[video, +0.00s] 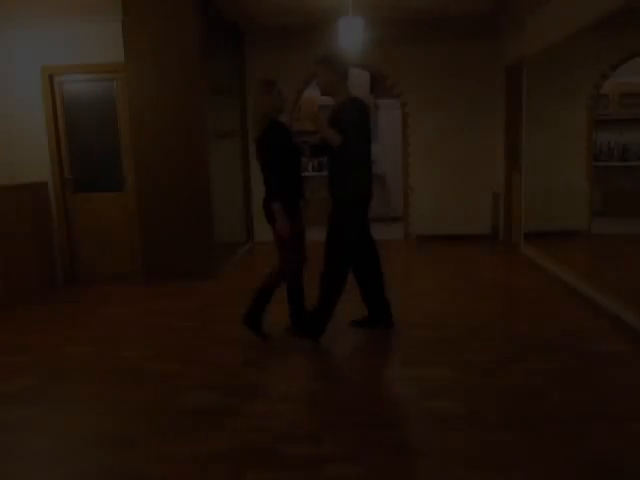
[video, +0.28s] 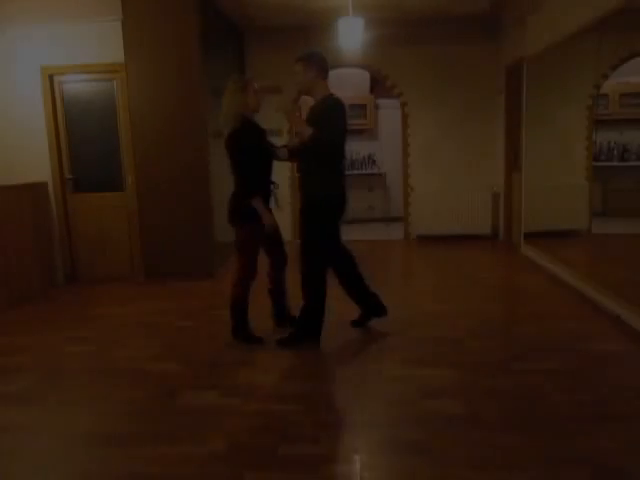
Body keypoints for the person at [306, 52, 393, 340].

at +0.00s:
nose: (319, 84)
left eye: (322, 77)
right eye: (319, 78)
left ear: (334, 76)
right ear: (337, 77)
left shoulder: (352, 108)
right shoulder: (339, 109)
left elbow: (353, 152)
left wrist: (328, 132)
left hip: (351, 193)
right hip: (346, 192)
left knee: (337, 254)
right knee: (362, 251)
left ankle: (318, 320)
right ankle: (379, 311)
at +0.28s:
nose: (299, 79)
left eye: (302, 73)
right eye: (299, 74)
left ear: (316, 74)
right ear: (316, 74)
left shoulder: (328, 108)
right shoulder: (322, 107)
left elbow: (315, 150)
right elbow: (312, 150)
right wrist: (283, 151)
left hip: (322, 196)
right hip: (321, 194)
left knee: (314, 261)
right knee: (333, 252)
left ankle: (309, 329)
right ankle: (370, 304)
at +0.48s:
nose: (285, 77)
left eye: (288, 71)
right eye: (286, 72)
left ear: (301, 72)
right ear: (305, 72)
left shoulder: (316, 108)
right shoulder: (308, 107)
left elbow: (304, 151)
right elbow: (297, 149)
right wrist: (264, 151)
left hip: (309, 195)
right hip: (304, 193)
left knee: (303, 259)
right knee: (306, 256)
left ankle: (306, 330)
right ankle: (340, 306)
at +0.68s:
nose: (273, 77)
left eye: (277, 71)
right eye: (273, 72)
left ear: (292, 72)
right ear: (292, 73)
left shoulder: (304, 107)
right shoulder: (298, 106)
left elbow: (291, 151)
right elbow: (287, 148)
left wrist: (253, 153)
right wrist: (250, 151)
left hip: (302, 198)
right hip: (297, 196)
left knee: (295, 257)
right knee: (292, 255)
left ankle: (305, 328)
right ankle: (298, 315)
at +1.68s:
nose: (253, 86)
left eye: (256, 80)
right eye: (253, 81)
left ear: (271, 81)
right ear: (272, 82)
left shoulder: (291, 112)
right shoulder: (275, 116)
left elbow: (293, 151)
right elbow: (253, 156)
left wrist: (260, 130)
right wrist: (216, 152)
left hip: (292, 198)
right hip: (288, 198)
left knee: (260, 252)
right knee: (301, 254)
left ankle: (277, 314)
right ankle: (318, 307)